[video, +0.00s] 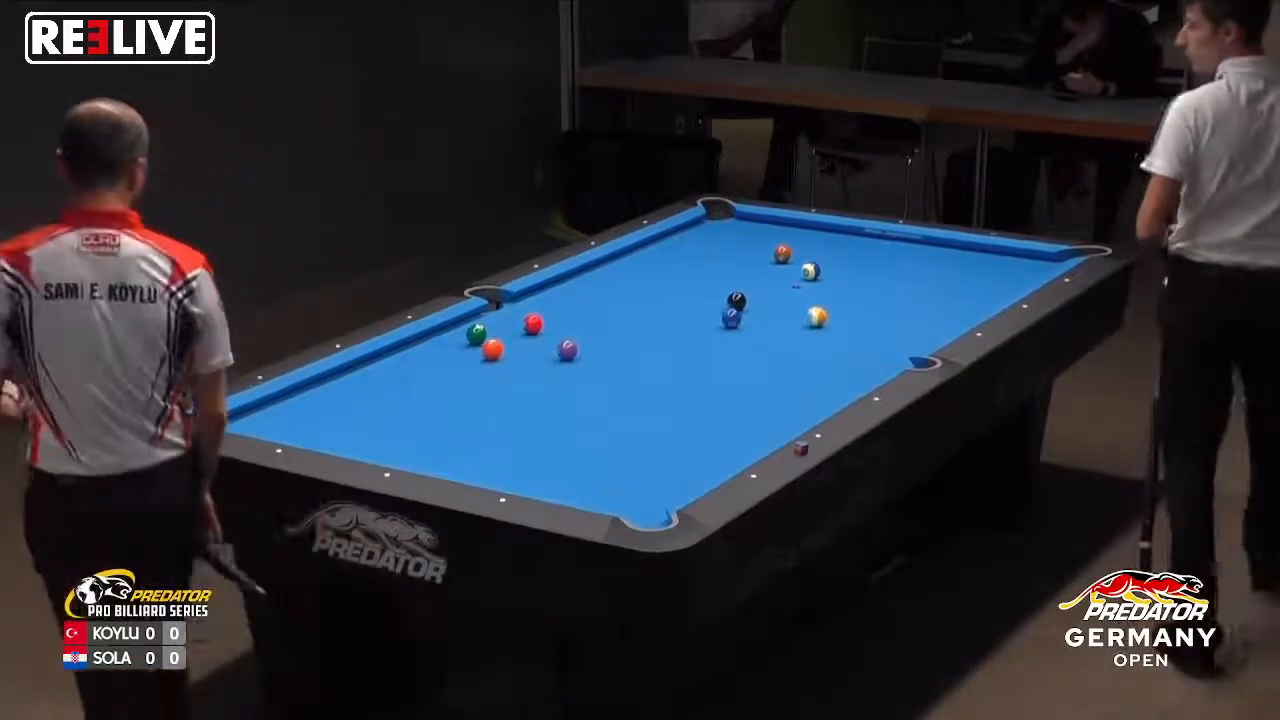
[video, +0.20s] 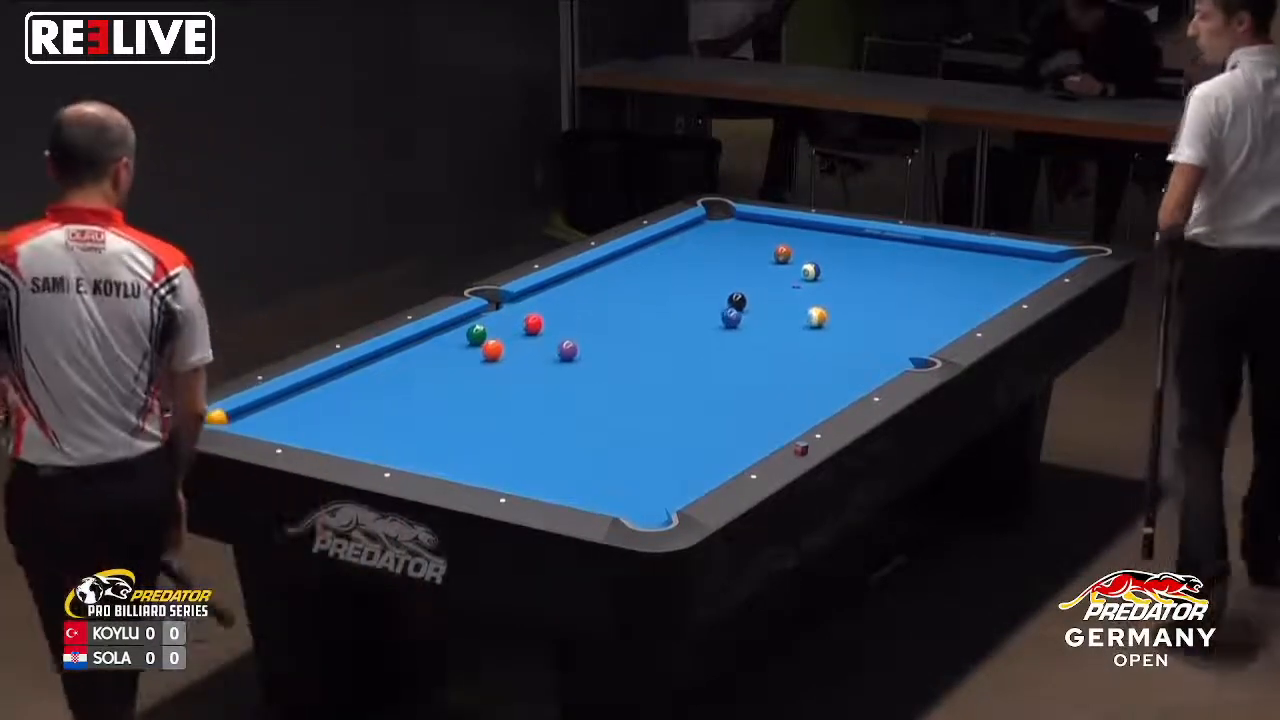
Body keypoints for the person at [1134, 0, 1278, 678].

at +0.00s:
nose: (1182, 38)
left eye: (1192, 25)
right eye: (1184, 24)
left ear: (1233, 34)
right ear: (1241, 34)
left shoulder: (1193, 109)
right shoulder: (1278, 96)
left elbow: (1151, 223)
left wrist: (1180, 229)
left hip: (1204, 287)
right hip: (1275, 286)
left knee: (1190, 445)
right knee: (1274, 435)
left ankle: (1193, 617)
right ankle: (1269, 566)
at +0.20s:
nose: (1193, 28)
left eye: (1204, 17)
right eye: (1195, 17)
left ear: (1244, 25)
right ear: (1248, 26)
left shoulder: (1213, 97)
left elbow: (1176, 207)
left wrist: (1164, 234)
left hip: (1221, 267)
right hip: (1273, 265)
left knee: (1203, 427)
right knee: (1273, 427)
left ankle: (1202, 580)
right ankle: (1266, 559)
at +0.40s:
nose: (1194, 9)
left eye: (1205, 0)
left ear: (1242, 5)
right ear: (1255, 8)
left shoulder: (1223, 73)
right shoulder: (1273, 60)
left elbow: (1189, 188)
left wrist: (1164, 217)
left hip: (1225, 242)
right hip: (1277, 238)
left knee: (1202, 389)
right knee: (1275, 393)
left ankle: (1224, 541)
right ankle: (1271, 536)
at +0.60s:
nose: (1180, 7)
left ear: (1227, 5)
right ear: (1239, 6)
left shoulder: (1212, 67)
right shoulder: (1273, 49)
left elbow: (1199, 170)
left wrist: (1161, 215)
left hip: (1217, 231)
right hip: (1273, 226)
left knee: (1200, 360)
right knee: (1271, 376)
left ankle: (1194, 476)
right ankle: (1268, 530)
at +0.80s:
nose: (1149, 6)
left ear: (1190, 1)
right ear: (1220, 1)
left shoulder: (1186, 58)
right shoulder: (1269, 44)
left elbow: (1195, 157)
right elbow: (1265, 133)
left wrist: (1159, 215)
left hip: (1202, 217)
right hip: (1263, 213)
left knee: (1182, 342)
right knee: (1247, 356)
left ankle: (1186, 465)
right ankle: (1263, 497)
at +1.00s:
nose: (1120, 5)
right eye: (1118, 1)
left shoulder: (1162, 40)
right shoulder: (1226, 25)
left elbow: (1185, 135)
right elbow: (1228, 118)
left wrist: (1153, 202)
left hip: (1182, 198)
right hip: (1223, 193)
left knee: (1174, 332)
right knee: (1199, 329)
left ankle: (1187, 464)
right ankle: (1237, 443)